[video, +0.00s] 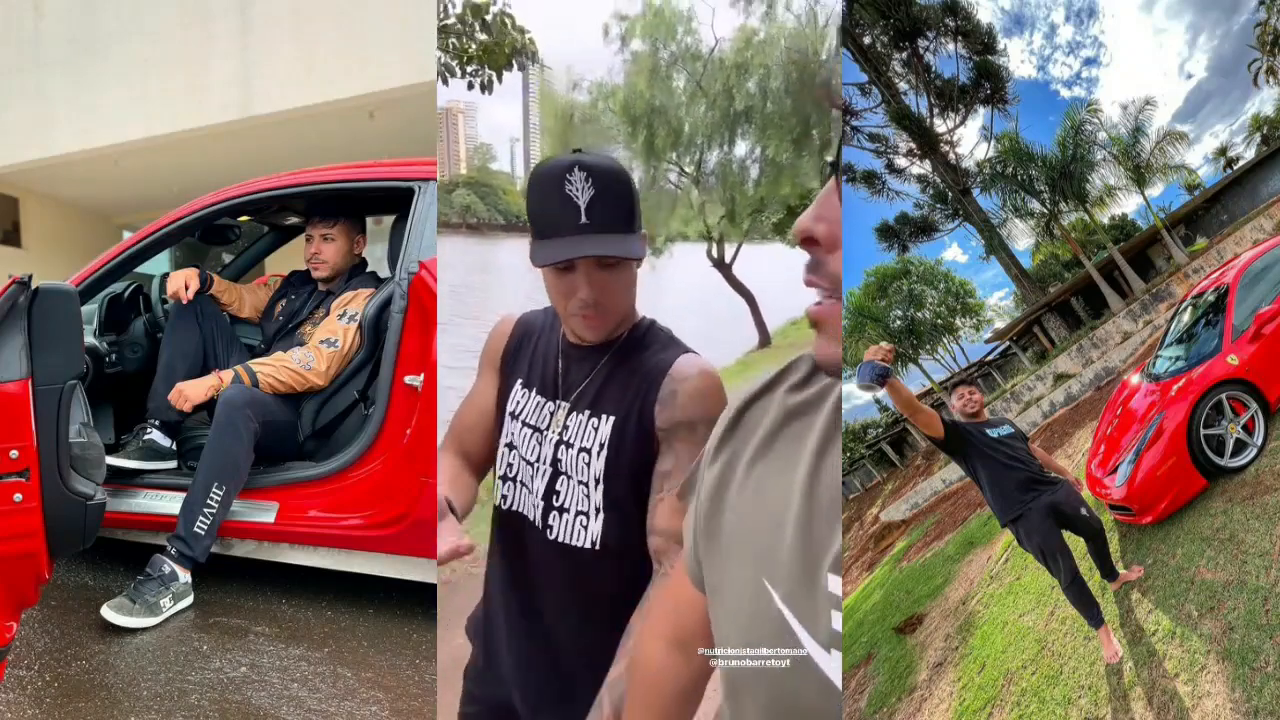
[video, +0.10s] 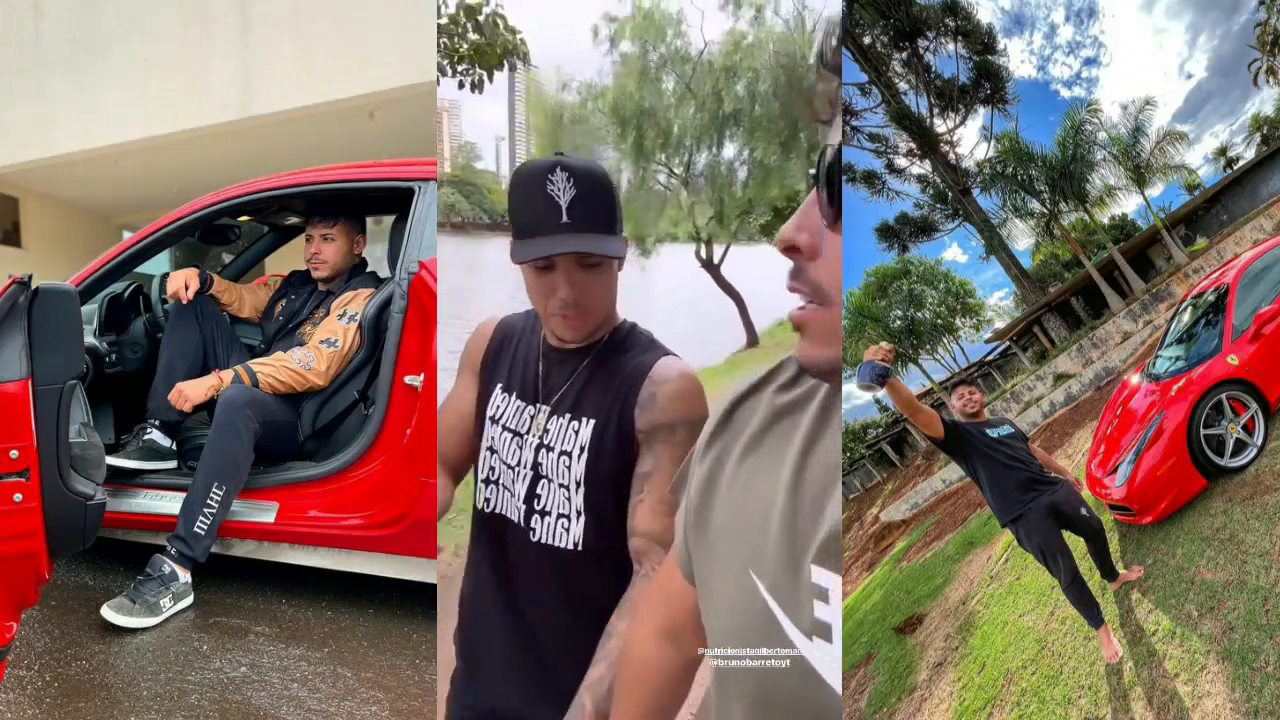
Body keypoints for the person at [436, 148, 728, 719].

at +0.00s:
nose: (585, 289)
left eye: (608, 264)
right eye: (564, 266)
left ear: (640, 257)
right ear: (539, 264)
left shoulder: (682, 386)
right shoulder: (515, 342)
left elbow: (677, 561)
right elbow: (462, 454)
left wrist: (615, 706)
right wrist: (444, 512)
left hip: (604, 690)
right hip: (500, 670)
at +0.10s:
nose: (567, 290)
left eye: (591, 264)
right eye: (544, 266)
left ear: (620, 258)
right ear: (519, 264)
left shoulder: (662, 388)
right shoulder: (494, 346)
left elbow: (657, 567)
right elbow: (439, 468)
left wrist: (589, 708)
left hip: (587, 696)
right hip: (483, 679)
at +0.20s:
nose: (538, 304)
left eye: (558, 277)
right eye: (514, 280)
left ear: (588, 273)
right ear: (489, 281)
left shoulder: (633, 400)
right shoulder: (463, 364)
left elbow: (634, 580)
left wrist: (581, 709)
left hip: (564, 697)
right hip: (464, 684)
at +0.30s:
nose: (501, 314)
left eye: (521, 284)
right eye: (476, 291)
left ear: (549, 281)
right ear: (451, 293)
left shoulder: (598, 402)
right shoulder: (438, 374)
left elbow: (611, 576)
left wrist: (590, 707)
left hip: (552, 696)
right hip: (459, 685)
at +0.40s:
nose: (465, 329)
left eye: (482, 301)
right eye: (441, 307)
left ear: (508, 296)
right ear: (413, 315)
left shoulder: (564, 413)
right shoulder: (415, 402)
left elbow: (599, 585)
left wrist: (609, 706)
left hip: (533, 698)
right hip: (448, 691)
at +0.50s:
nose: (431, 336)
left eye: (448, 313)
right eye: (417, 314)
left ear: (474, 310)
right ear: (393, 319)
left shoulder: (532, 424)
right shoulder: (377, 415)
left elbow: (581, 607)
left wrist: (607, 707)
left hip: (481, 699)